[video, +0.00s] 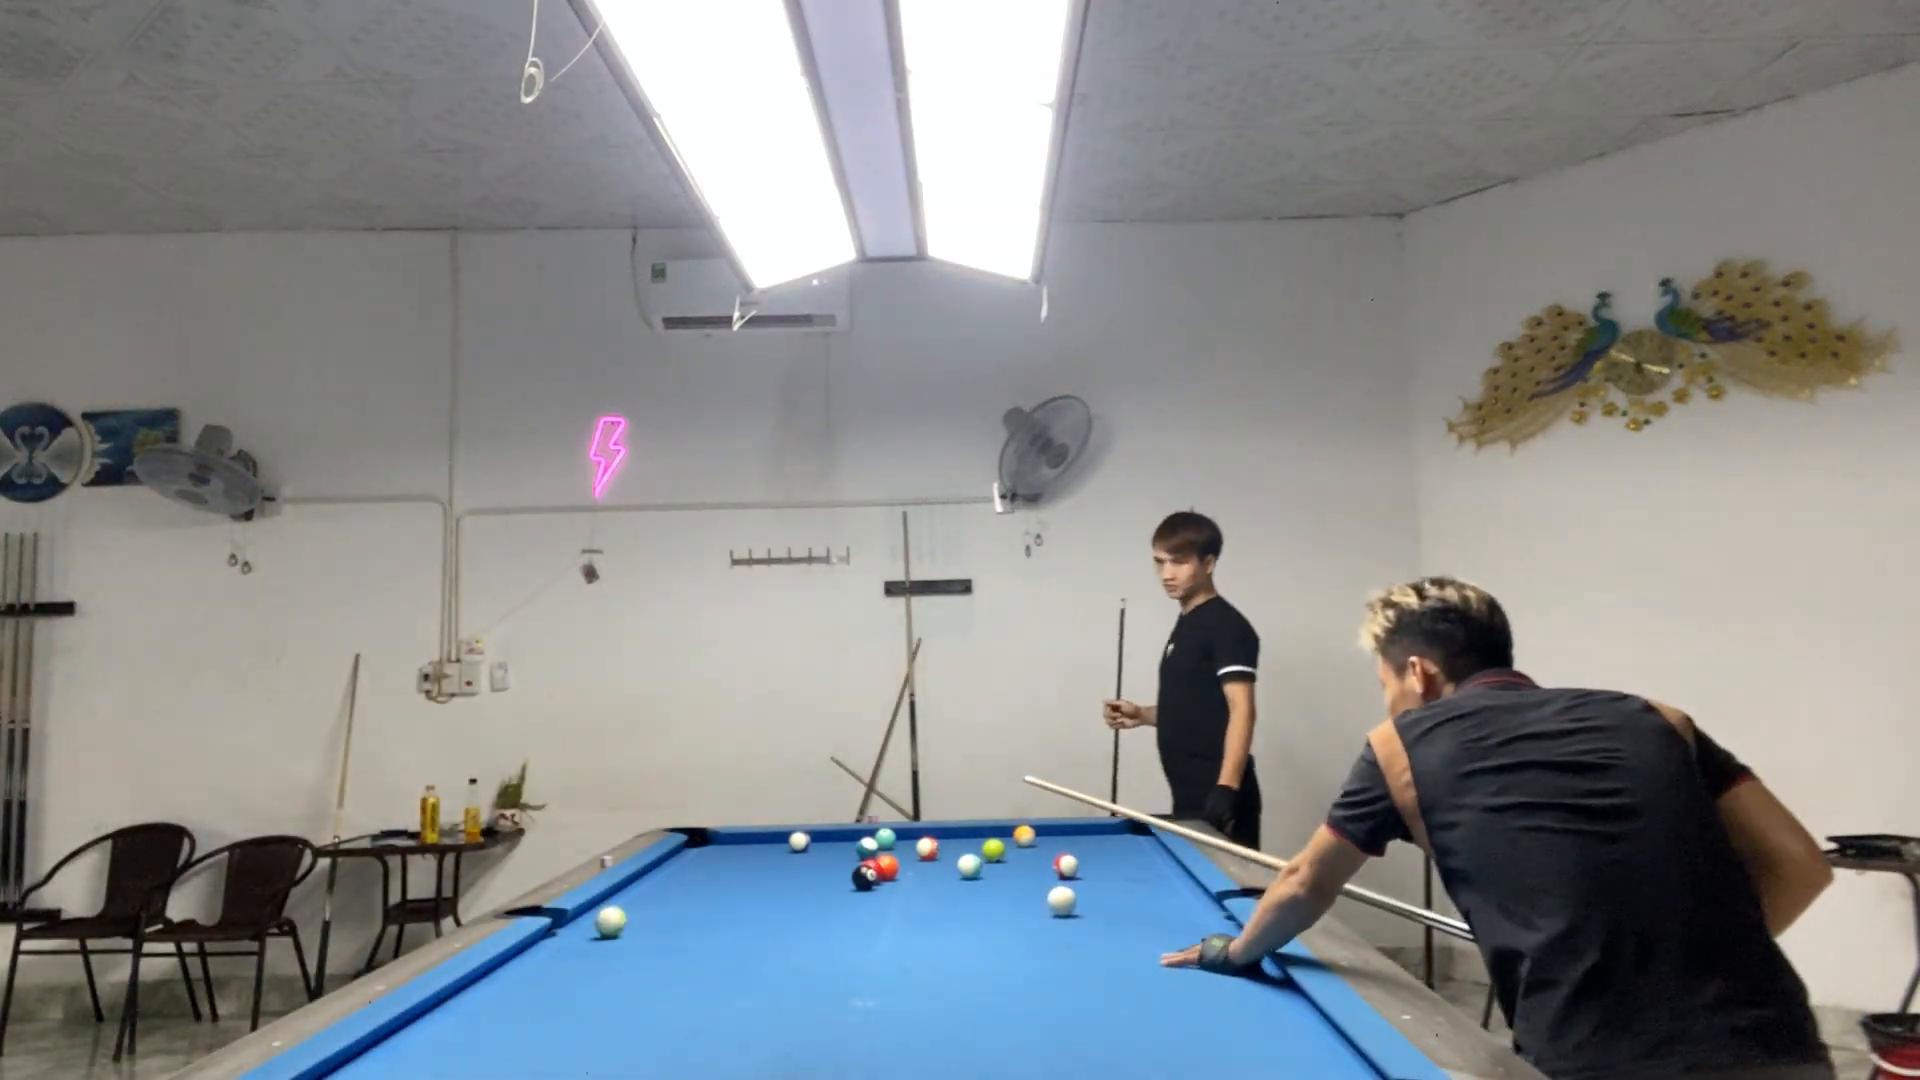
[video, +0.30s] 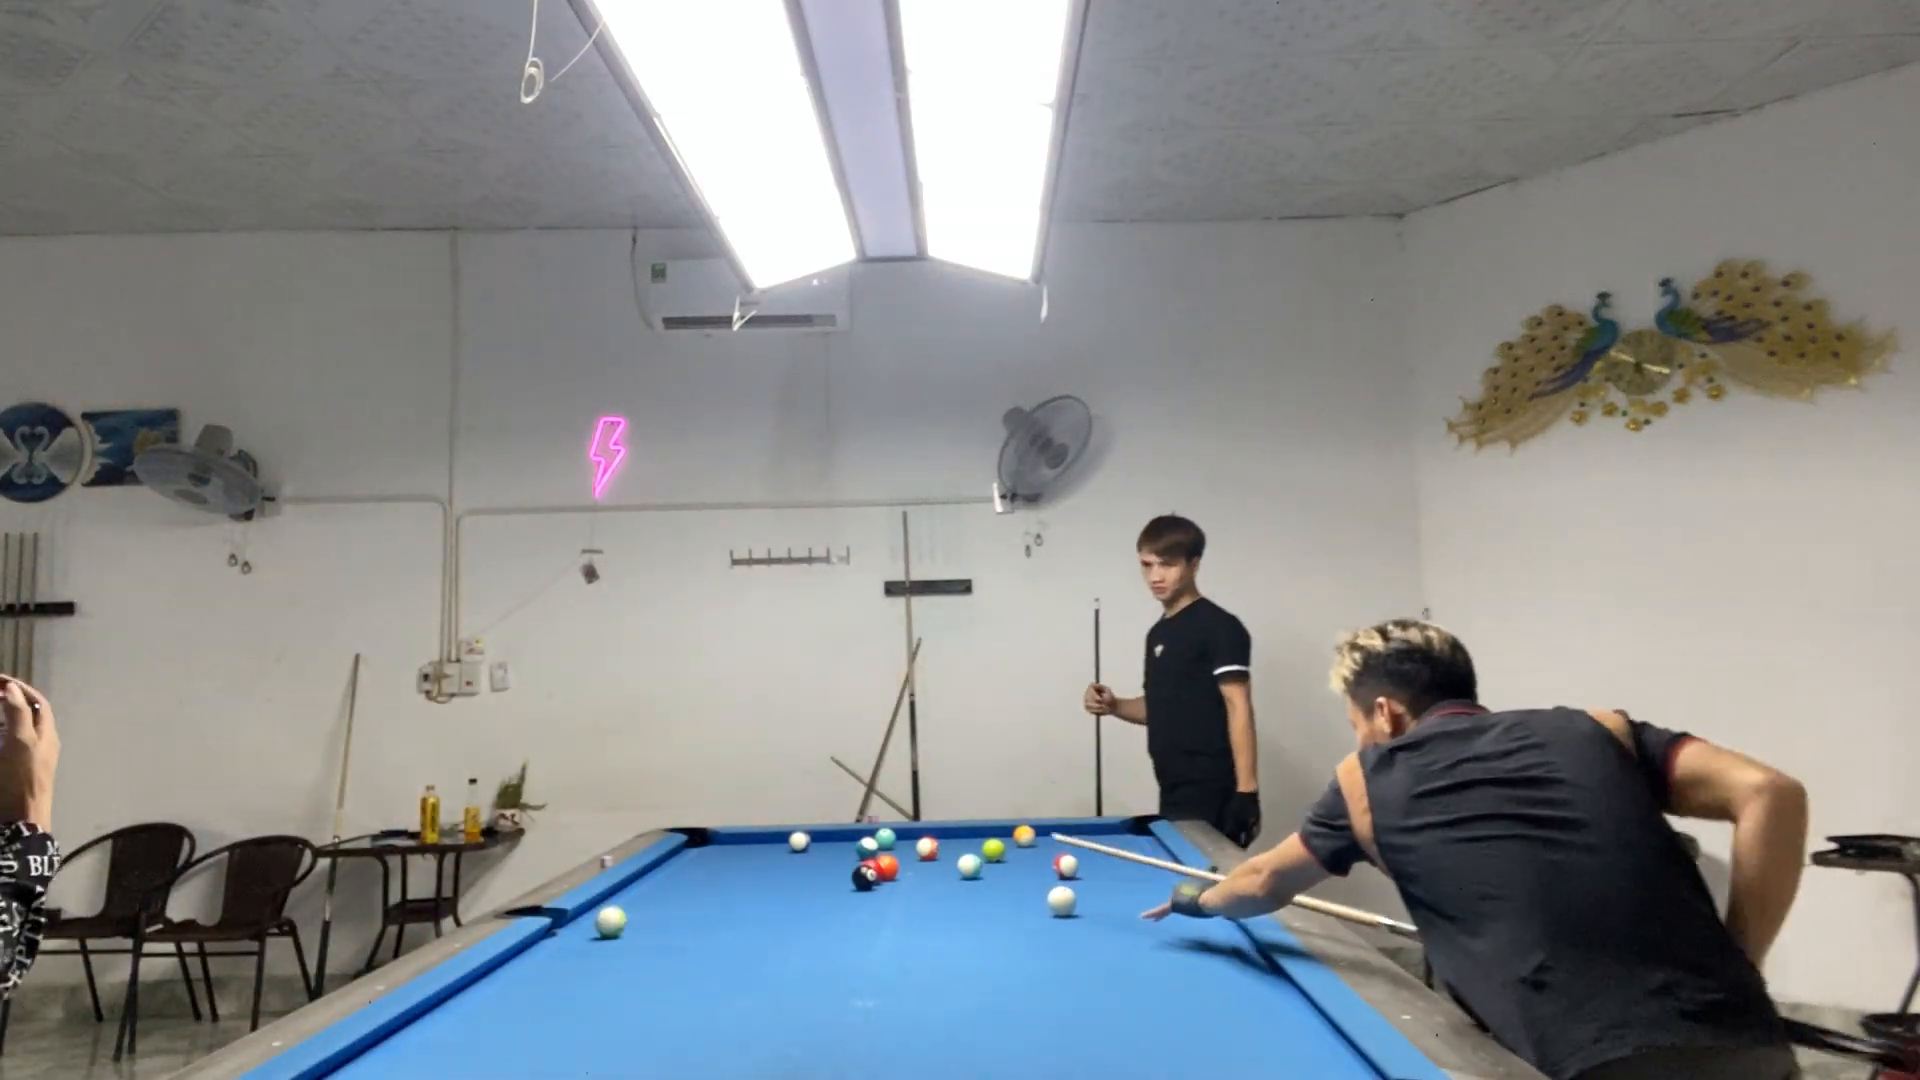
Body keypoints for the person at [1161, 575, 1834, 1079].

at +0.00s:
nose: (1383, 704)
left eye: (1383, 685)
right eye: (1381, 686)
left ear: (1419, 674)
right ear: (1507, 666)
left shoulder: (1402, 747)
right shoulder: (1653, 717)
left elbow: (1304, 885)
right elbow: (1799, 866)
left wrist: (1241, 952)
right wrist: (1698, 950)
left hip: (1600, 1057)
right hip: (1776, 1050)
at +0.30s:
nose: (1354, 740)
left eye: (1353, 721)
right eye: (1351, 722)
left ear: (1384, 715)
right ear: (1465, 700)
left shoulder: (1369, 779)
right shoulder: (1595, 726)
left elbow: (1264, 880)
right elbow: (1771, 795)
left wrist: (1209, 897)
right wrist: (1736, 966)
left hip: (1605, 1058)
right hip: (1751, 1045)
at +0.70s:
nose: (1332, 808)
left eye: (1328, 798)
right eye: (1326, 800)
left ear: (1355, 784)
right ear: (1429, 750)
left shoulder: (1350, 835)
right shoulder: (1539, 748)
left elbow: (1248, 923)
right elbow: (1686, 703)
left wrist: (1181, 926)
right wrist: (1781, 870)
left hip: (1610, 1053)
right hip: (1745, 1036)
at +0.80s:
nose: (1329, 815)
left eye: (1325, 806)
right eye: (1323, 806)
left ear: (1352, 790)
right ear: (1424, 758)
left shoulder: (1350, 839)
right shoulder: (1535, 752)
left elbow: (1244, 926)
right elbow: (1682, 705)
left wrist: (1171, 926)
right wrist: (1766, 873)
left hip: (1609, 1052)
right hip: (1744, 1036)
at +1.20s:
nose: (1331, 826)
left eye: (1326, 816)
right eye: (1326, 818)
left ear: (1352, 800)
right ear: (1426, 766)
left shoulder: (1351, 846)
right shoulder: (1536, 758)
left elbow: (1242, 931)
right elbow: (1679, 712)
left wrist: (1172, 924)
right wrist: (1754, 884)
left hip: (1610, 1055)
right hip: (1744, 1035)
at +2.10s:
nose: (1332, 830)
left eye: (1328, 819)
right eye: (1327, 821)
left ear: (1353, 803)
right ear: (1425, 769)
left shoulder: (1353, 847)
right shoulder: (1537, 761)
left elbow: (1243, 933)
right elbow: (1683, 728)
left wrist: (1172, 923)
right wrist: (1712, 896)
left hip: (1611, 1052)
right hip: (1745, 1033)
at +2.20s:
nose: (1332, 830)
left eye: (1328, 820)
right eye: (1326, 822)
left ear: (1353, 804)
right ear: (1427, 769)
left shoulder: (1353, 847)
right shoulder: (1535, 762)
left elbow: (1244, 933)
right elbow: (1686, 736)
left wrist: (1170, 923)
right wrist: (1684, 904)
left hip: (1613, 1055)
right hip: (1747, 1037)